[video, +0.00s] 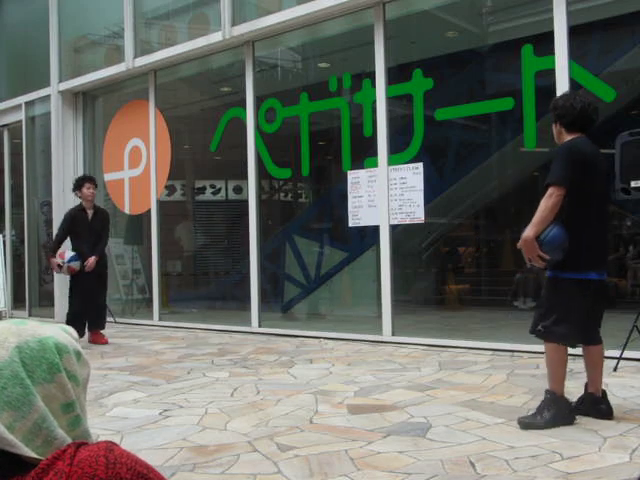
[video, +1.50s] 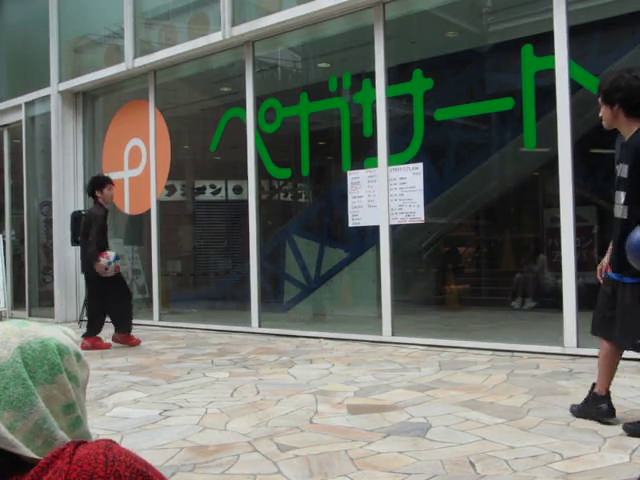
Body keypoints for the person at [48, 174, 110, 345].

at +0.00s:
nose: (91, 192)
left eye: (93, 188)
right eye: (87, 189)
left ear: (96, 191)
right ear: (78, 193)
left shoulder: (103, 214)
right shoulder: (73, 214)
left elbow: (104, 240)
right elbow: (60, 237)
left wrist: (95, 257)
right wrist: (51, 255)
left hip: (99, 262)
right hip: (79, 263)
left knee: (97, 297)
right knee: (78, 298)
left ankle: (95, 331)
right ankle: (73, 334)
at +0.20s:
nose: (100, 192)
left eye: (102, 189)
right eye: (97, 188)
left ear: (105, 192)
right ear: (88, 191)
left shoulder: (107, 215)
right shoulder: (80, 213)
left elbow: (112, 239)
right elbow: (70, 236)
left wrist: (112, 259)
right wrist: (65, 254)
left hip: (103, 261)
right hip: (87, 262)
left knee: (103, 297)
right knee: (91, 296)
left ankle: (100, 331)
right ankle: (93, 333)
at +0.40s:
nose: (108, 192)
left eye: (110, 189)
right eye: (105, 189)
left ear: (111, 192)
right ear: (95, 191)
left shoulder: (109, 214)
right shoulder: (88, 212)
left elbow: (116, 239)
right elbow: (81, 234)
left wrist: (126, 261)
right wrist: (82, 253)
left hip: (108, 259)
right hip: (92, 260)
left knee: (104, 297)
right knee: (101, 297)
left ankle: (95, 330)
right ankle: (117, 331)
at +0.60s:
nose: (115, 192)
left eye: (115, 189)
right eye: (111, 189)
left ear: (114, 191)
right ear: (101, 192)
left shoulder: (111, 212)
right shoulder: (95, 212)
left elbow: (117, 238)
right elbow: (95, 237)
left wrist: (126, 258)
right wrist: (106, 253)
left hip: (110, 259)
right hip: (98, 259)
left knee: (106, 296)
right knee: (110, 296)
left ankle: (96, 329)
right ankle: (121, 331)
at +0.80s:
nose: (121, 191)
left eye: (120, 187)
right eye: (118, 187)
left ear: (110, 192)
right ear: (108, 192)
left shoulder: (110, 209)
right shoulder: (107, 211)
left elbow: (114, 237)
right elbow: (114, 237)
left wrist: (128, 253)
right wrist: (131, 254)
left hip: (110, 259)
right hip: (107, 260)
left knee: (113, 296)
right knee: (114, 297)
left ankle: (97, 327)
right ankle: (122, 333)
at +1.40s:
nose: (115, 194)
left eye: (115, 190)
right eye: (112, 190)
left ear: (103, 195)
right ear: (101, 194)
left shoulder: (97, 211)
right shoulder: (102, 212)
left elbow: (99, 240)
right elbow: (105, 238)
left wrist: (112, 254)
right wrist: (112, 260)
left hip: (95, 263)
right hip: (101, 263)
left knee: (101, 299)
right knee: (123, 295)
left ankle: (91, 335)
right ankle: (123, 332)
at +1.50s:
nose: (113, 193)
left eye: (112, 189)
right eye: (109, 190)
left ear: (101, 194)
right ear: (99, 194)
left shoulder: (97, 212)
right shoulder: (98, 214)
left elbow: (91, 241)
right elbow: (91, 241)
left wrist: (105, 258)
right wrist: (95, 262)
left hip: (95, 265)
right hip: (99, 266)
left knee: (96, 300)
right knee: (123, 295)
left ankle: (91, 334)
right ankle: (123, 332)